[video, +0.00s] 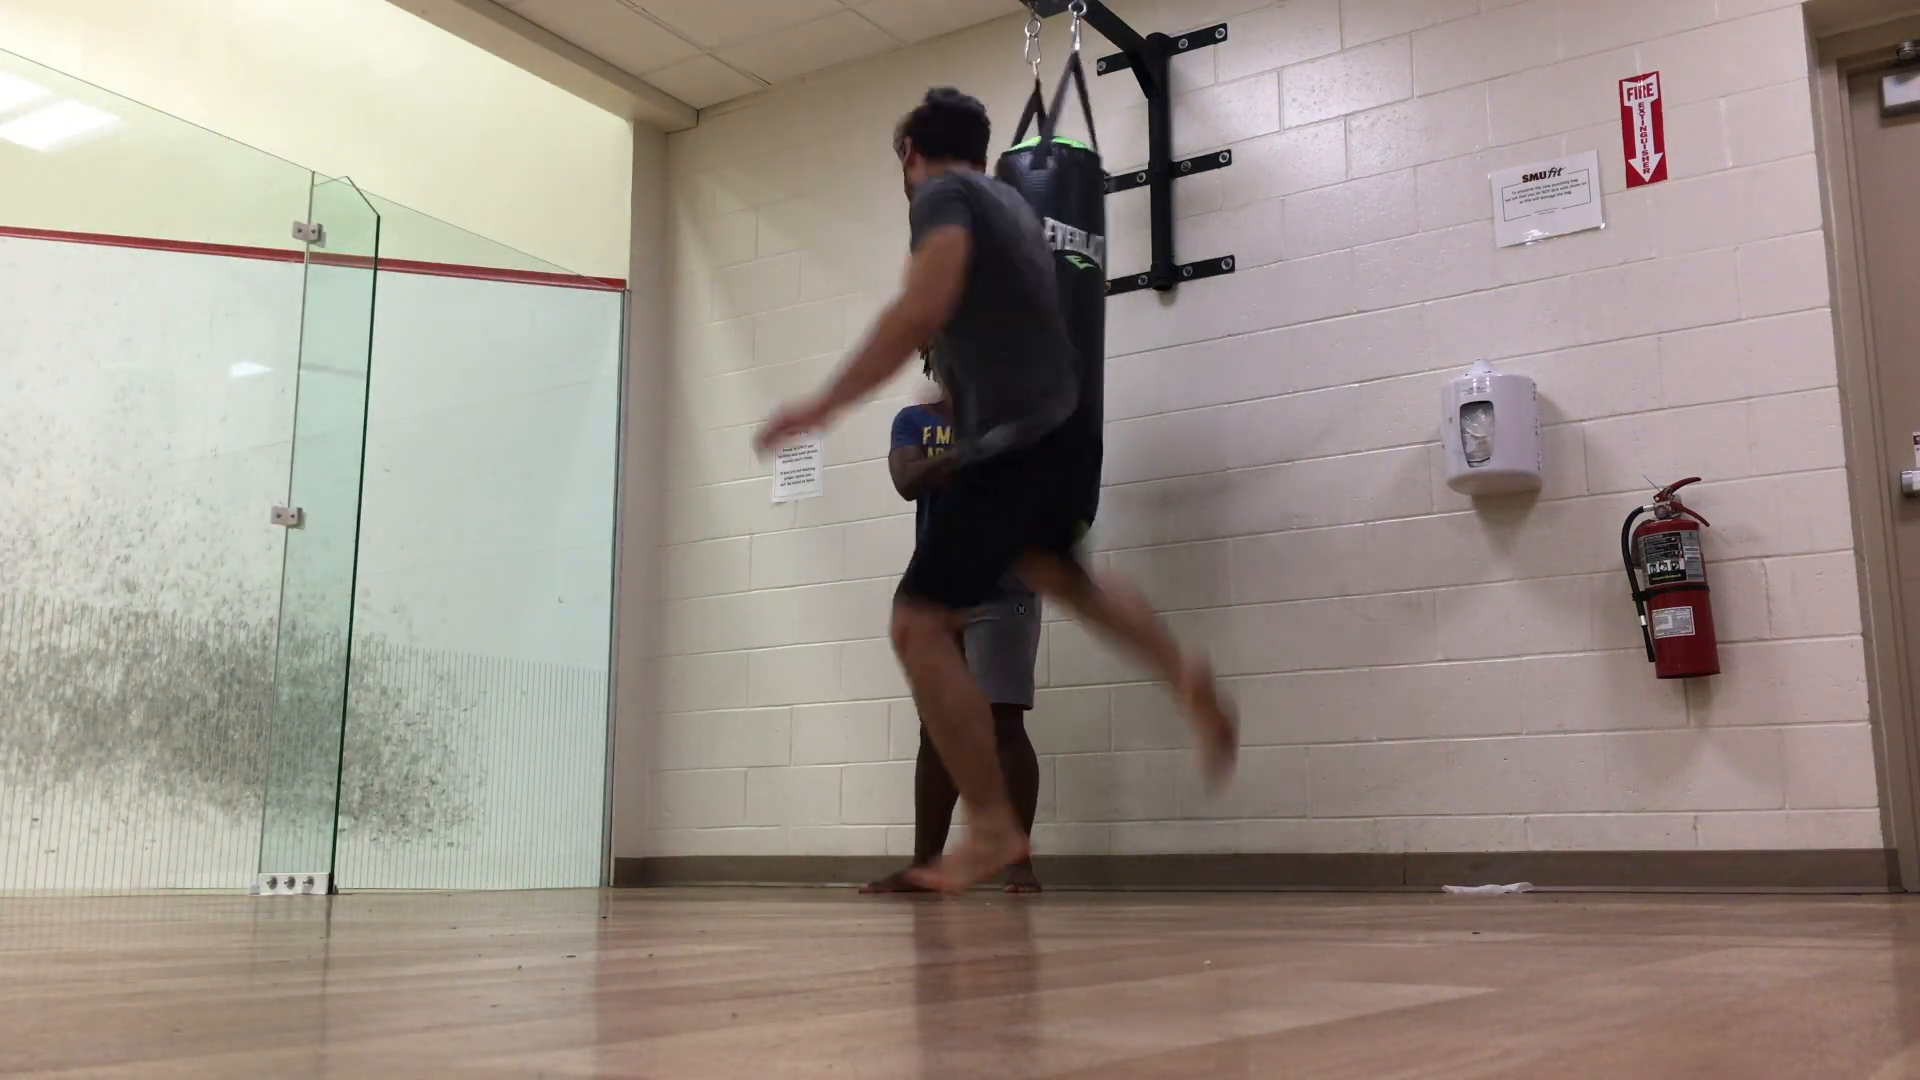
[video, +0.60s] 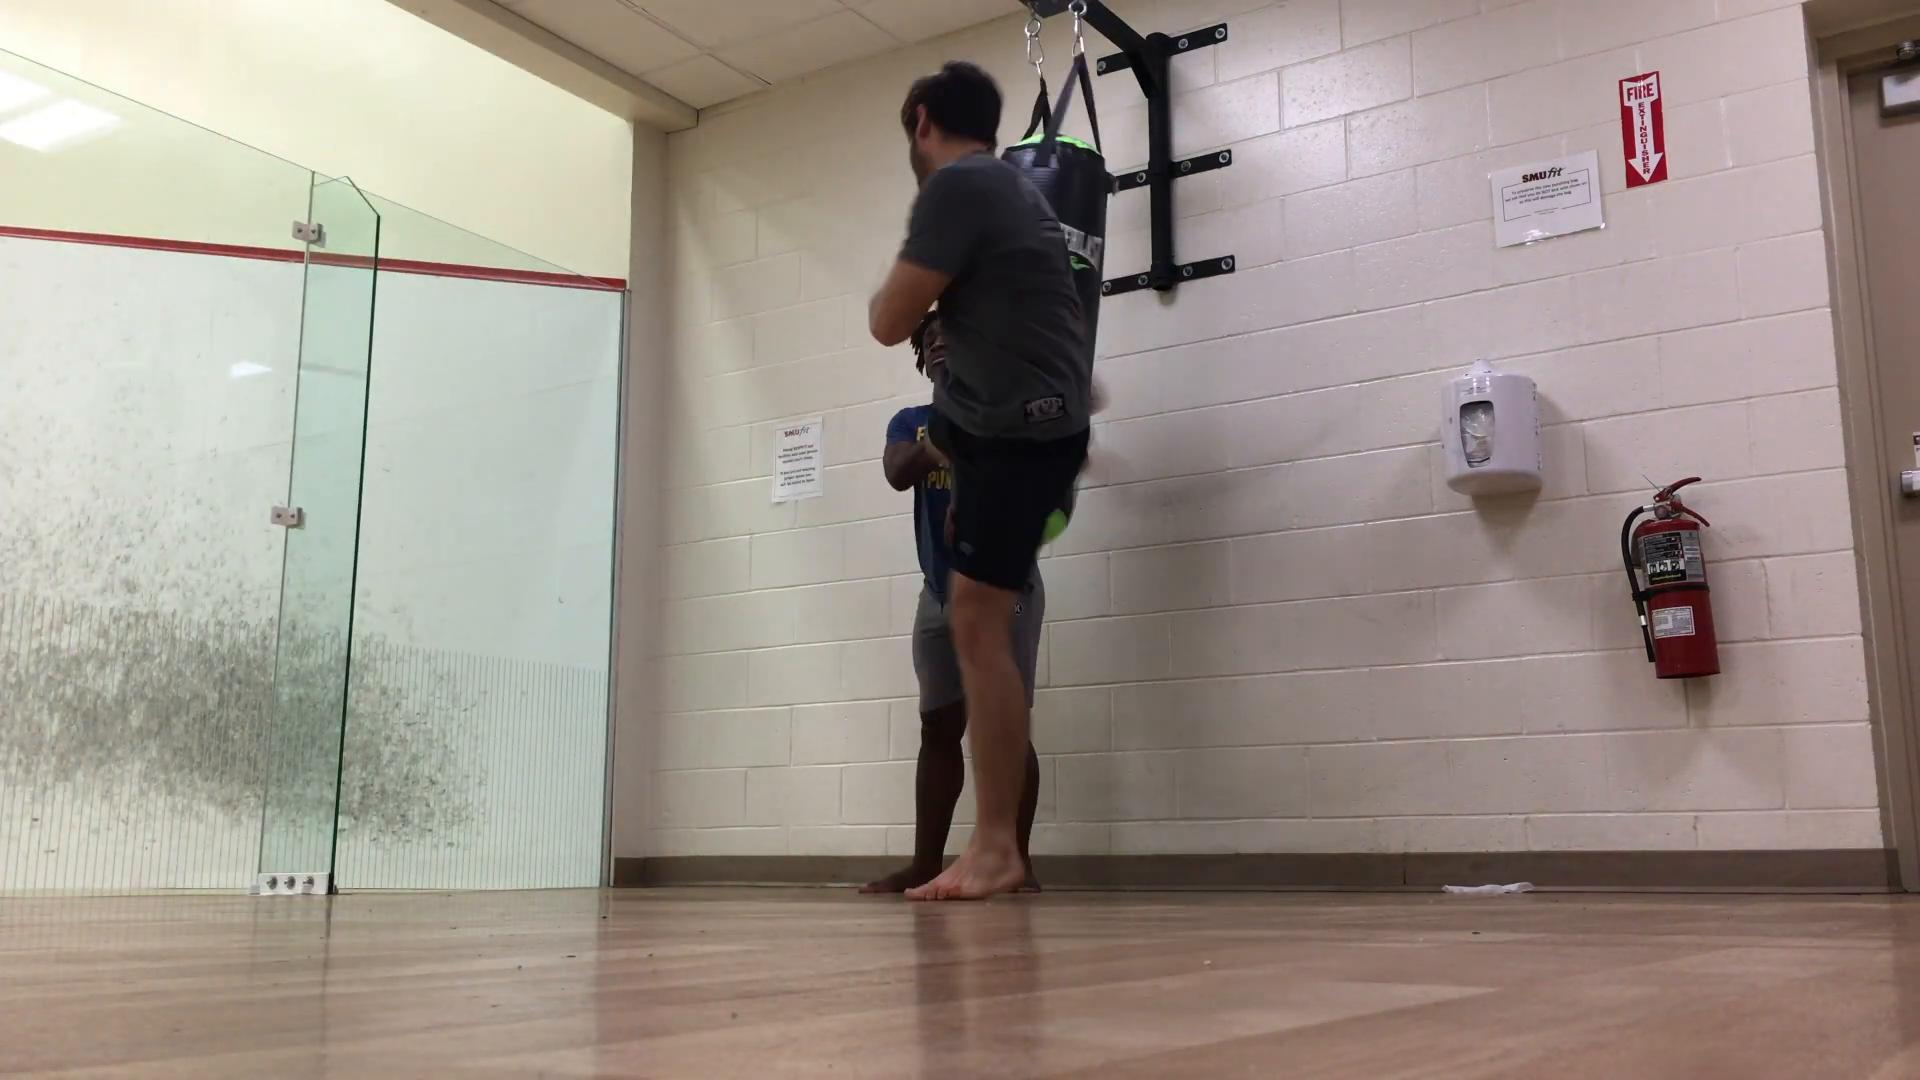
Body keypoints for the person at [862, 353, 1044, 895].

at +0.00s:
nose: (934, 359)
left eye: (943, 348)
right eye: (928, 350)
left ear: (973, 357)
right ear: (925, 359)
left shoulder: (1012, 422)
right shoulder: (915, 419)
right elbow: (906, 481)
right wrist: (973, 452)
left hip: (1007, 589)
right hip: (943, 593)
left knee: (1005, 723)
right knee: (938, 725)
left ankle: (1018, 855)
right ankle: (927, 861)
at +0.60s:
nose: (940, 354)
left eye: (949, 342)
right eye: (931, 346)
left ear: (975, 350)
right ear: (922, 359)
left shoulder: (1013, 420)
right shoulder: (913, 422)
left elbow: (1051, 488)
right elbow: (897, 474)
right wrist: (935, 444)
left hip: (1010, 594)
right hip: (942, 595)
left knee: (1009, 728)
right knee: (939, 727)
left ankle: (1015, 857)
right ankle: (927, 862)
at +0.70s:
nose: (937, 358)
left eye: (946, 348)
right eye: (929, 350)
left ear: (972, 354)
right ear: (921, 360)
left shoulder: (1001, 416)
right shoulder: (910, 420)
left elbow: (1052, 486)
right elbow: (889, 469)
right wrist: (949, 413)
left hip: (998, 602)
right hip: (938, 600)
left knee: (1004, 731)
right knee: (937, 731)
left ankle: (1014, 857)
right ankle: (926, 863)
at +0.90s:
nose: (930, 359)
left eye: (938, 348)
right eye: (923, 352)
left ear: (965, 351)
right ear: (919, 362)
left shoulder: (1000, 418)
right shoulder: (918, 413)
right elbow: (881, 473)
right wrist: (922, 435)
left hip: (1004, 584)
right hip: (944, 588)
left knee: (997, 714)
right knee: (940, 718)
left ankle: (1018, 854)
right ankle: (926, 862)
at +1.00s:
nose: (928, 357)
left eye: (934, 345)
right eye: (922, 348)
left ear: (961, 351)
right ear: (917, 360)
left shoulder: (993, 418)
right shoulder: (912, 418)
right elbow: (883, 465)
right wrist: (946, 413)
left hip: (1001, 593)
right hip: (937, 595)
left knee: (999, 723)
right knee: (937, 729)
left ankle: (1016, 855)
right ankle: (926, 864)